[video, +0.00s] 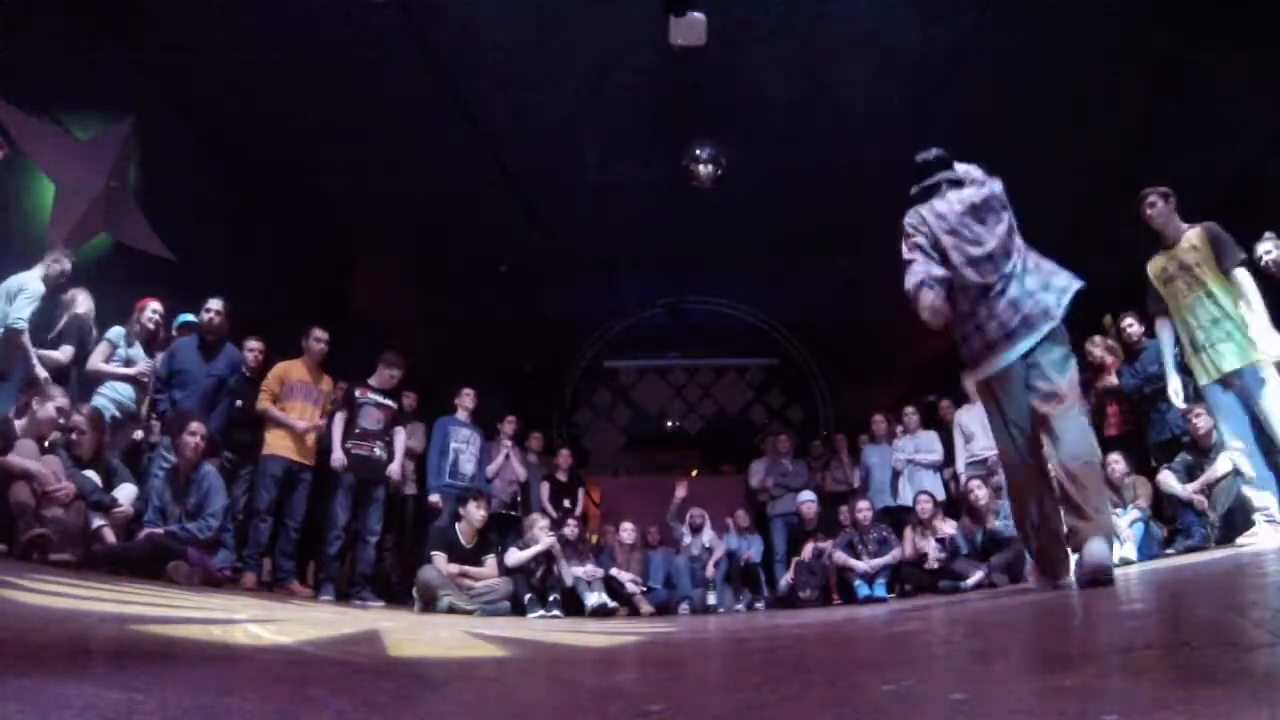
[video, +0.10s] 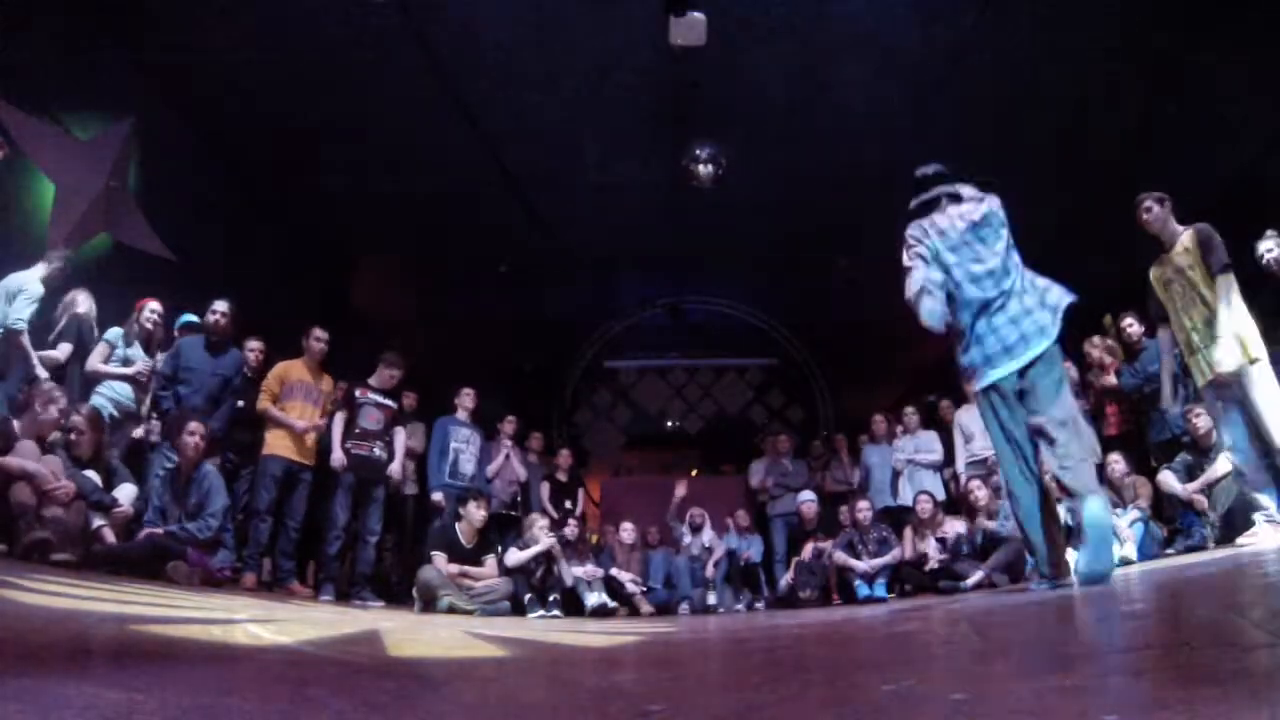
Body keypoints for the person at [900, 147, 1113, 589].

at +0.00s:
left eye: (920, 184)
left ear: (915, 186)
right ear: (954, 169)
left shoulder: (919, 221)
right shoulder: (988, 186)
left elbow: (928, 294)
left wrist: (934, 302)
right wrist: (956, 167)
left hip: (991, 338)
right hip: (1040, 312)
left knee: (1019, 452)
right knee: (1068, 416)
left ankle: (1051, 563)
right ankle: (1097, 538)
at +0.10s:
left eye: (919, 201)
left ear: (917, 200)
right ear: (955, 185)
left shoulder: (920, 235)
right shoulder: (991, 205)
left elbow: (932, 314)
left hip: (989, 358)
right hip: (1036, 334)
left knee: (1017, 463)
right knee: (1062, 424)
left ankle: (1049, 565)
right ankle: (1090, 497)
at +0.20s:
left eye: (922, 218)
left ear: (919, 216)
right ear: (955, 203)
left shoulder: (922, 247)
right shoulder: (989, 221)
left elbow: (928, 315)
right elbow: (1003, 276)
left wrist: (940, 368)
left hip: (983, 369)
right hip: (1029, 349)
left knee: (1011, 470)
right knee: (1047, 443)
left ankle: (1053, 567)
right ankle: (1081, 486)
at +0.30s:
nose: (926, 239)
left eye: (924, 233)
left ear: (921, 231)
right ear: (955, 221)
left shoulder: (924, 260)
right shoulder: (987, 241)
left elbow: (929, 335)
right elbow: (1009, 306)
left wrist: (934, 400)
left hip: (980, 387)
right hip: (1024, 372)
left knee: (1005, 479)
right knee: (1037, 460)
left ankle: (1053, 569)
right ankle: (1080, 499)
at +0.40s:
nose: (919, 247)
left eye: (918, 242)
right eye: (920, 241)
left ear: (920, 239)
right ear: (950, 231)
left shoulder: (921, 266)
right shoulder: (980, 251)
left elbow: (927, 331)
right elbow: (1002, 315)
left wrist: (927, 389)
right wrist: (1032, 367)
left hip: (972, 382)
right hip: (1012, 370)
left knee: (1004, 476)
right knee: (1022, 468)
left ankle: (1056, 558)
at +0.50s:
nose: (908, 254)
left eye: (910, 249)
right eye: (907, 249)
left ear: (916, 248)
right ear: (942, 242)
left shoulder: (915, 275)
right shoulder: (970, 260)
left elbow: (920, 334)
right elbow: (945, 271)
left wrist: (921, 388)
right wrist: (907, 267)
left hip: (967, 385)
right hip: (1004, 373)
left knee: (1005, 473)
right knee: (1001, 472)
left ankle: (1053, 559)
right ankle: (1008, 564)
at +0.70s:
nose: (897, 275)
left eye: (899, 271)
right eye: (898, 270)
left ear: (904, 271)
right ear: (927, 267)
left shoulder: (903, 295)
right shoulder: (952, 285)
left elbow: (904, 352)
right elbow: (924, 275)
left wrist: (895, 399)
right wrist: (898, 258)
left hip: (947, 401)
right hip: (978, 393)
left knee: (966, 483)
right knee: (976, 482)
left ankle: (1034, 543)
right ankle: (971, 576)